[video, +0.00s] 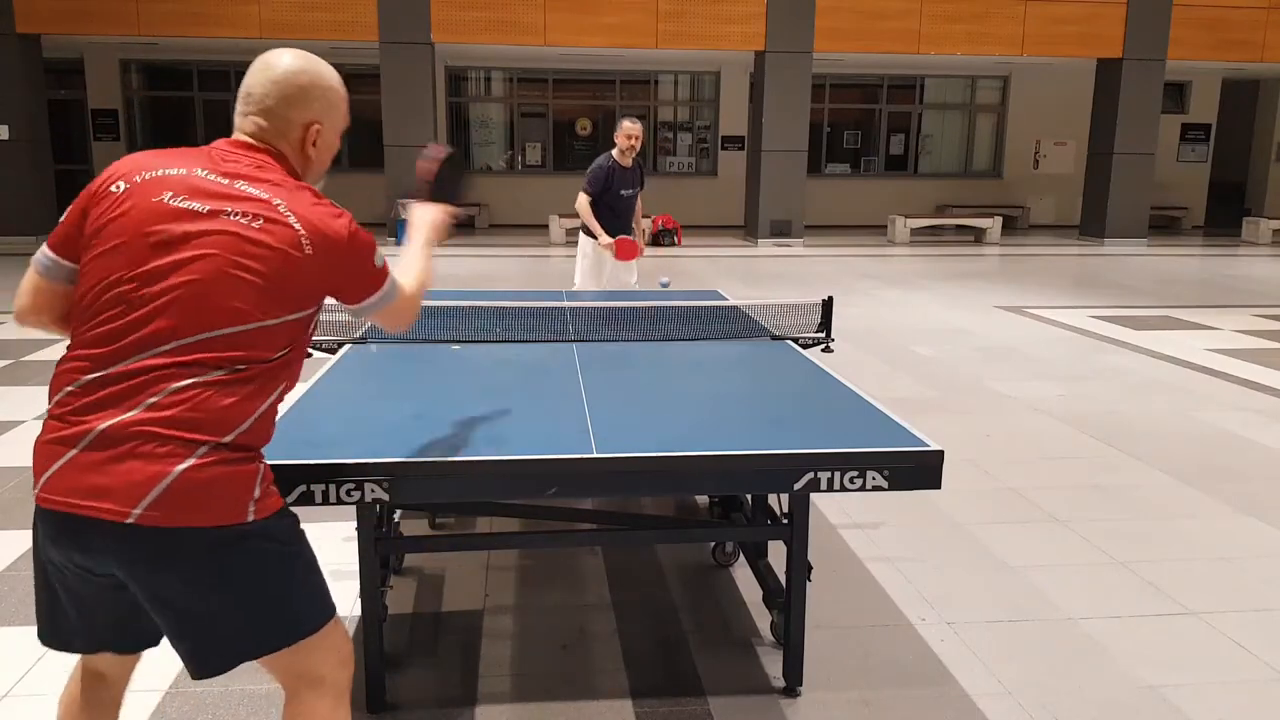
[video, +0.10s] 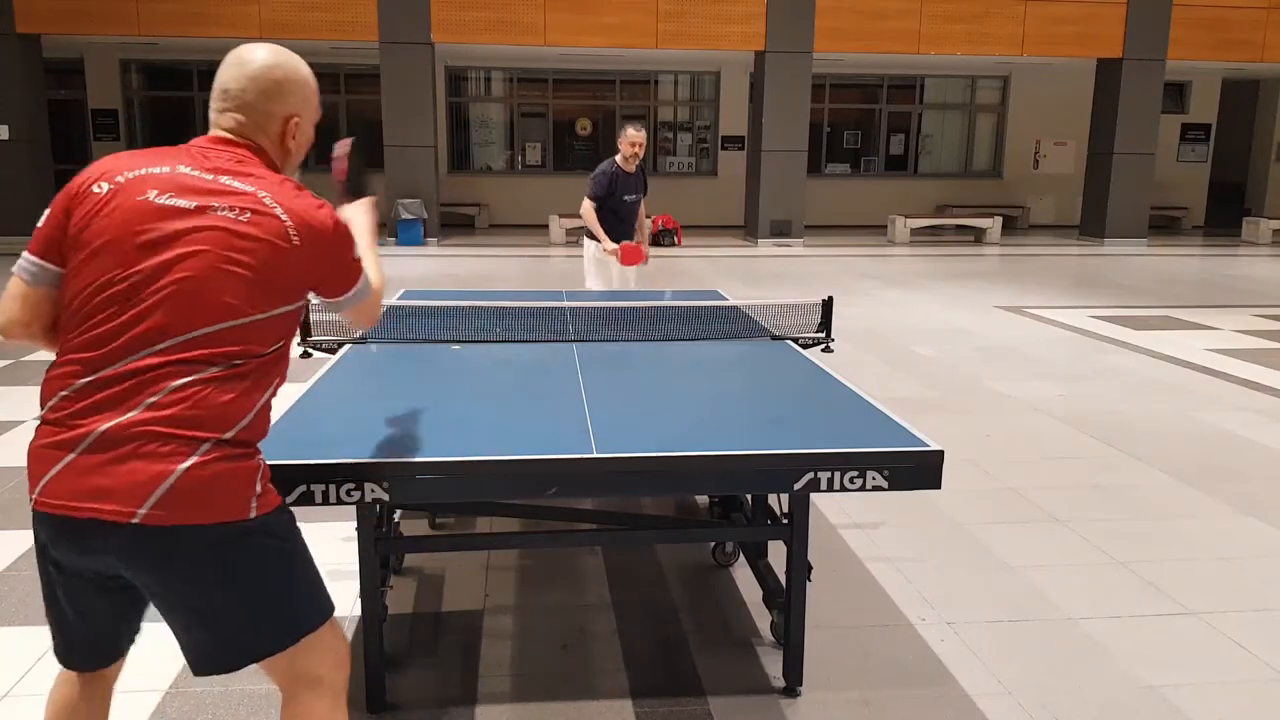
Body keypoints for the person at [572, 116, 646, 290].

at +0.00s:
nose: (633, 143)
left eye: (637, 138)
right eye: (628, 138)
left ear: (642, 140)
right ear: (616, 138)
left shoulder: (636, 166)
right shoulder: (602, 166)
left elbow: (635, 201)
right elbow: (581, 203)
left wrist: (639, 235)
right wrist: (601, 235)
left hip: (624, 243)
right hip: (594, 243)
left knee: (626, 296)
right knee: (588, 295)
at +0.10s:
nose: (637, 150)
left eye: (641, 146)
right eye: (632, 145)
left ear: (645, 146)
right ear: (620, 144)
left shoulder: (639, 171)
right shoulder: (606, 172)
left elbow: (639, 206)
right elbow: (586, 209)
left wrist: (644, 241)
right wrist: (605, 242)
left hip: (626, 247)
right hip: (599, 247)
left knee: (626, 300)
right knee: (600, 301)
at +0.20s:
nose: (645, 160)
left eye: (649, 156)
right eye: (641, 155)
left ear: (653, 157)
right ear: (628, 153)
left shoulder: (644, 180)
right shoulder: (614, 178)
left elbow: (644, 213)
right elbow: (599, 220)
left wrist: (652, 247)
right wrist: (622, 252)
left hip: (627, 243)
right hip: (603, 242)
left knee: (634, 286)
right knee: (622, 288)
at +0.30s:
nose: (656, 172)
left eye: (660, 167)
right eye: (652, 165)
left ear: (663, 167)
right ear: (639, 161)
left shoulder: (650, 183)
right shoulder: (622, 184)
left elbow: (649, 213)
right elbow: (615, 231)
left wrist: (658, 249)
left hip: (628, 241)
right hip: (603, 240)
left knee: (630, 288)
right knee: (629, 284)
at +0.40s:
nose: (667, 190)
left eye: (671, 184)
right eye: (664, 182)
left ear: (675, 182)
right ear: (650, 175)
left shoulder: (653, 191)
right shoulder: (630, 197)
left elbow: (655, 224)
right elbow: (628, 245)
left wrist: (664, 252)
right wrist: (659, 249)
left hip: (633, 243)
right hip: (608, 245)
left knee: (637, 291)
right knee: (635, 293)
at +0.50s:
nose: (672, 204)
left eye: (677, 199)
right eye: (669, 197)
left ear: (680, 197)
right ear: (657, 187)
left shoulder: (657, 199)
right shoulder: (635, 208)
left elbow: (659, 224)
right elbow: (629, 254)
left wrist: (668, 253)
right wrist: (657, 272)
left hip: (636, 251)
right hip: (613, 252)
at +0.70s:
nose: (675, 191)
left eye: (679, 187)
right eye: (671, 185)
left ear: (683, 184)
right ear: (659, 177)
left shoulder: (666, 192)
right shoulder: (642, 198)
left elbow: (666, 207)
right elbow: (625, 231)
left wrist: (673, 223)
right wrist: (606, 261)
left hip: (650, 249)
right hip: (630, 252)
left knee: (661, 293)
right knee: (653, 297)